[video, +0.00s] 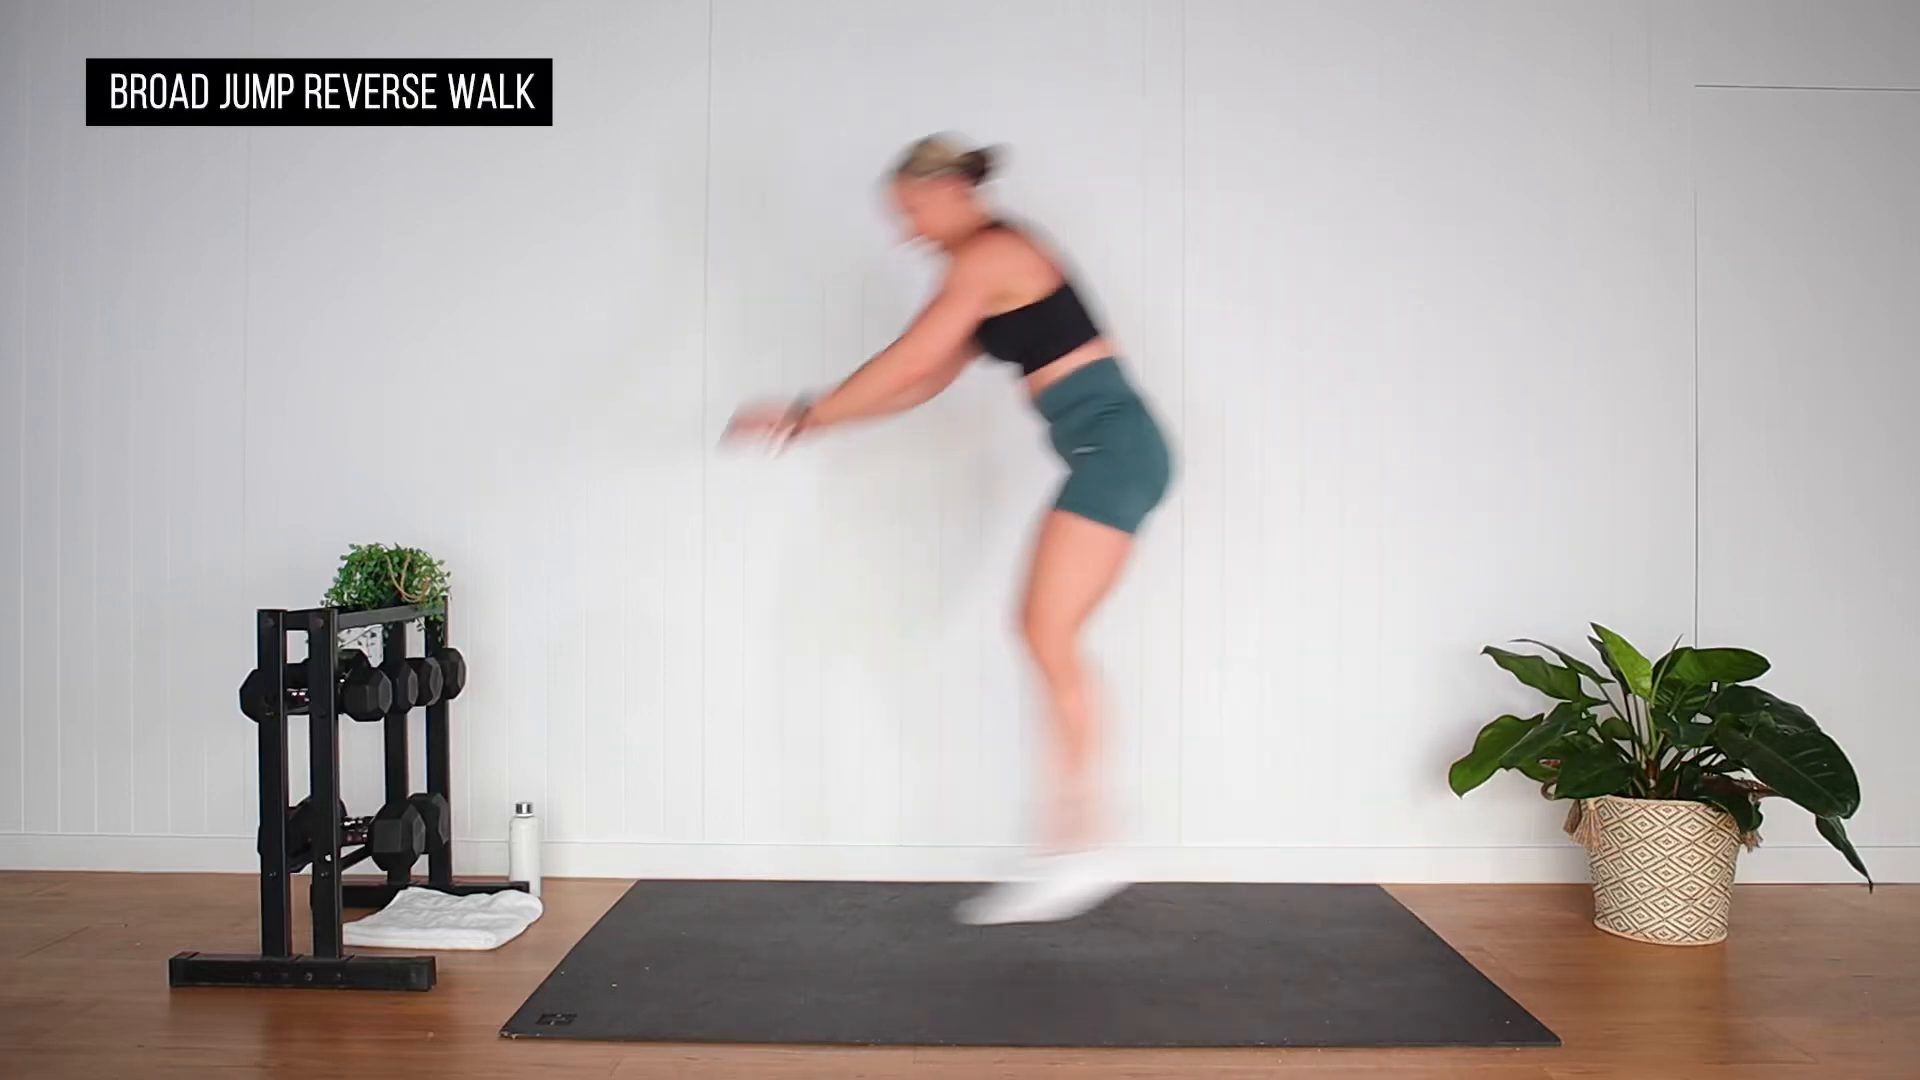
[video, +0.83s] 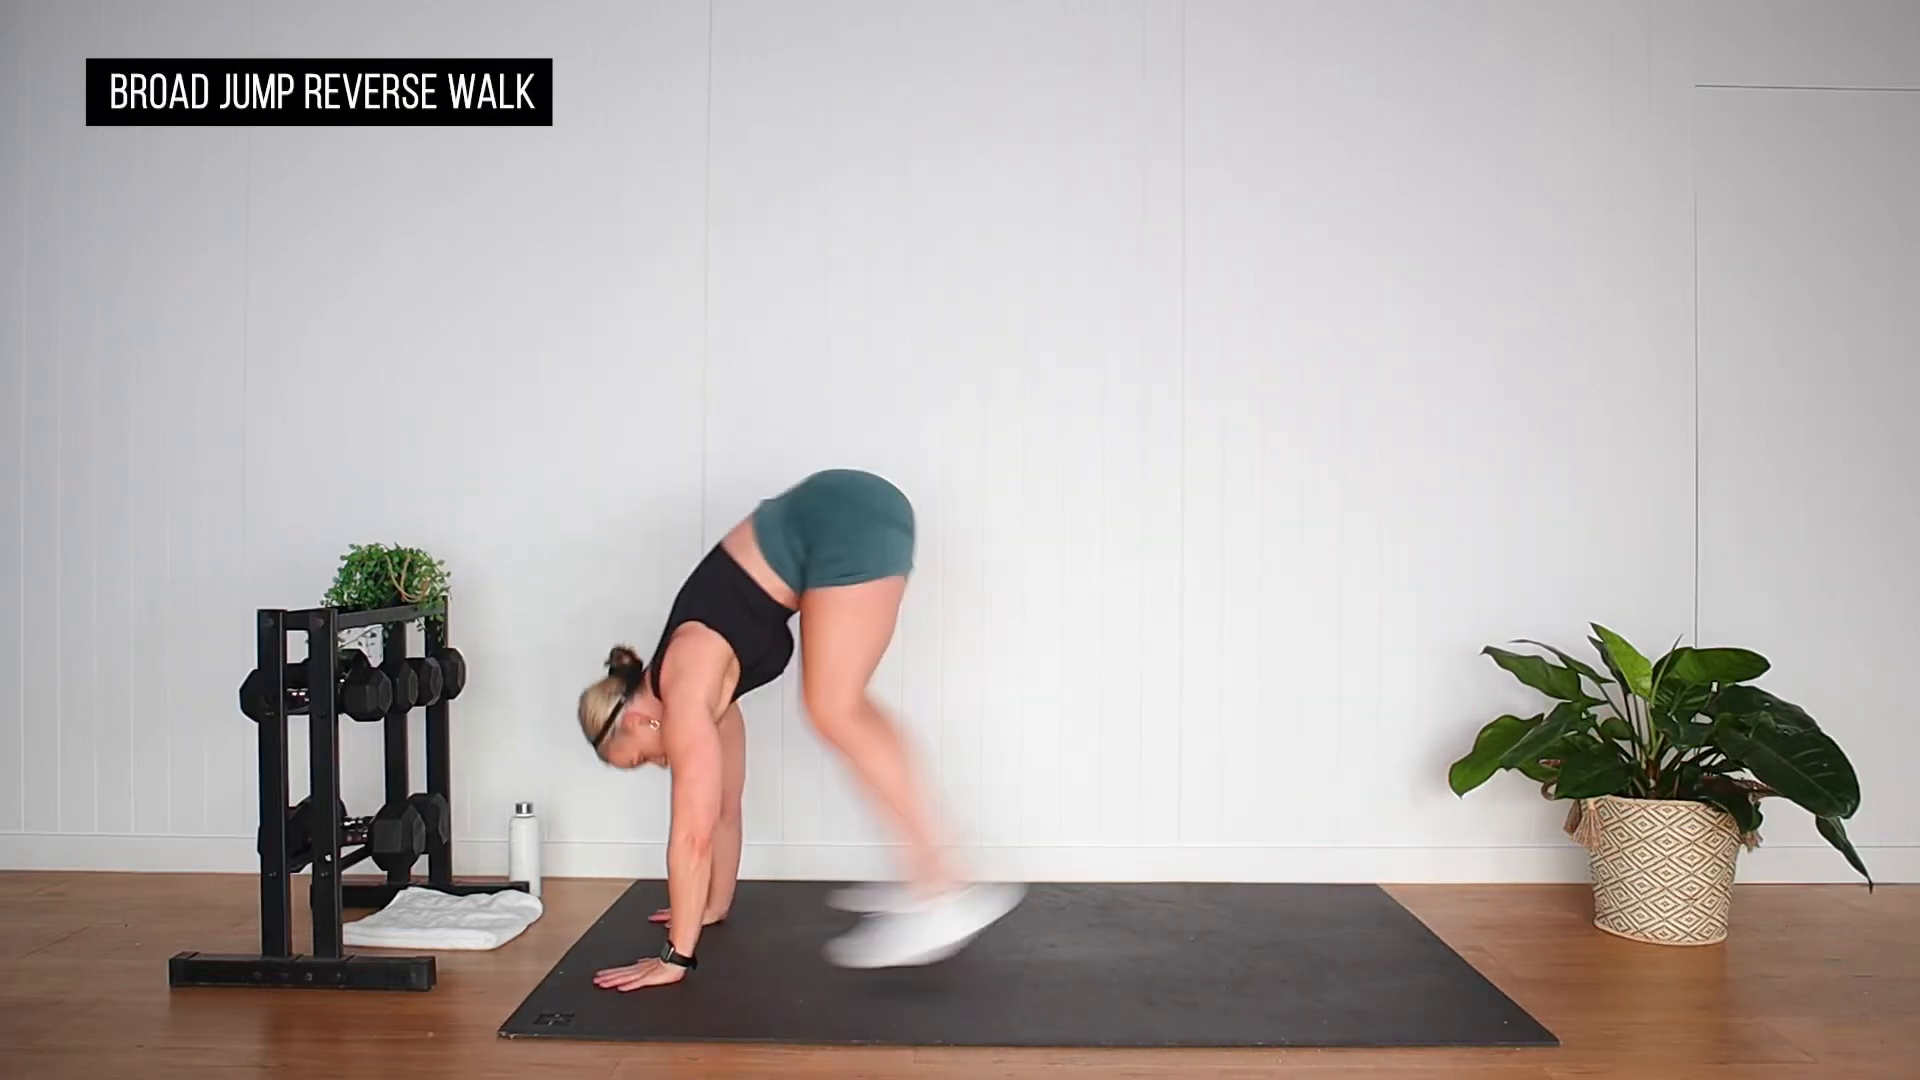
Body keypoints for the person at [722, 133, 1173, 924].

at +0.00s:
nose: (909, 227)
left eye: (914, 208)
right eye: (904, 211)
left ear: (952, 193)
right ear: (953, 198)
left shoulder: (990, 255)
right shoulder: (999, 255)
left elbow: (913, 361)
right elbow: (923, 383)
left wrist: (808, 415)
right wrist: (813, 417)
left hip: (1115, 448)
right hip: (1110, 447)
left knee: (1050, 628)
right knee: (1048, 627)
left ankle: (1085, 840)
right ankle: (1070, 840)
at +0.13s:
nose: (789, 354)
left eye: (791, 333)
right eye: (783, 338)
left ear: (826, 314)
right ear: (833, 316)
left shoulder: (869, 377)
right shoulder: (886, 366)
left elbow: (814, 501)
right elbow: (831, 505)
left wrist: (738, 586)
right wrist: (750, 581)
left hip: (1017, 535)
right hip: (1016, 532)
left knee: (908, 697)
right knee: (906, 692)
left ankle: (841, 905)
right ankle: (843, 880)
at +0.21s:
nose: (744, 440)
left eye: (745, 421)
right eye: (737, 428)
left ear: (781, 404)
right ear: (784, 410)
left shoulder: (821, 473)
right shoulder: (836, 459)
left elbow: (766, 605)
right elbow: (778, 604)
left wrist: (704, 695)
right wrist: (714, 689)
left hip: (970, 619)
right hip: (974, 614)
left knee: (811, 732)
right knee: (821, 728)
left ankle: (836, 933)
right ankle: (839, 893)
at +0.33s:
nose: (672, 579)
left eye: (669, 560)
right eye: (663, 567)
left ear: (697, 536)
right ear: (703, 534)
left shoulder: (750, 591)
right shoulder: (766, 573)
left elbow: (713, 732)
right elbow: (729, 723)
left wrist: (662, 850)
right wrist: (684, 825)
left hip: (949, 657)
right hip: (955, 648)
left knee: (780, 738)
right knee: (795, 733)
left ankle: (833, 934)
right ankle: (839, 900)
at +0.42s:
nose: (647, 653)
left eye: (638, 635)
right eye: (635, 641)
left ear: (663, 603)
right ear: (670, 595)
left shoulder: (724, 643)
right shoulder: (739, 628)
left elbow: (703, 788)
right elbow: (720, 780)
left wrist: (667, 913)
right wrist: (685, 883)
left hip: (943, 659)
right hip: (948, 650)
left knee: (776, 742)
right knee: (789, 736)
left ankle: (836, 936)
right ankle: (842, 900)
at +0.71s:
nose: (633, 749)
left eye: (619, 740)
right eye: (619, 746)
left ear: (622, 698)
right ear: (627, 689)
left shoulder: (681, 688)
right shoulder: (701, 677)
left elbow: (698, 835)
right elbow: (725, 806)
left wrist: (677, 959)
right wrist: (712, 906)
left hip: (878, 587)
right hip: (879, 582)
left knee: (775, 735)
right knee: (785, 731)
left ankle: (837, 932)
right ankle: (841, 894)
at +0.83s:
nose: (656, 765)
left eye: (643, 758)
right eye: (645, 762)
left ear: (638, 716)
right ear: (640, 712)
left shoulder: (687, 685)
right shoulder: (711, 691)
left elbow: (695, 833)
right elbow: (725, 811)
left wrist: (678, 957)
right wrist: (715, 908)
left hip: (850, 518)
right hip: (849, 516)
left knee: (835, 709)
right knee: (843, 703)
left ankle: (941, 886)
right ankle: (926, 864)